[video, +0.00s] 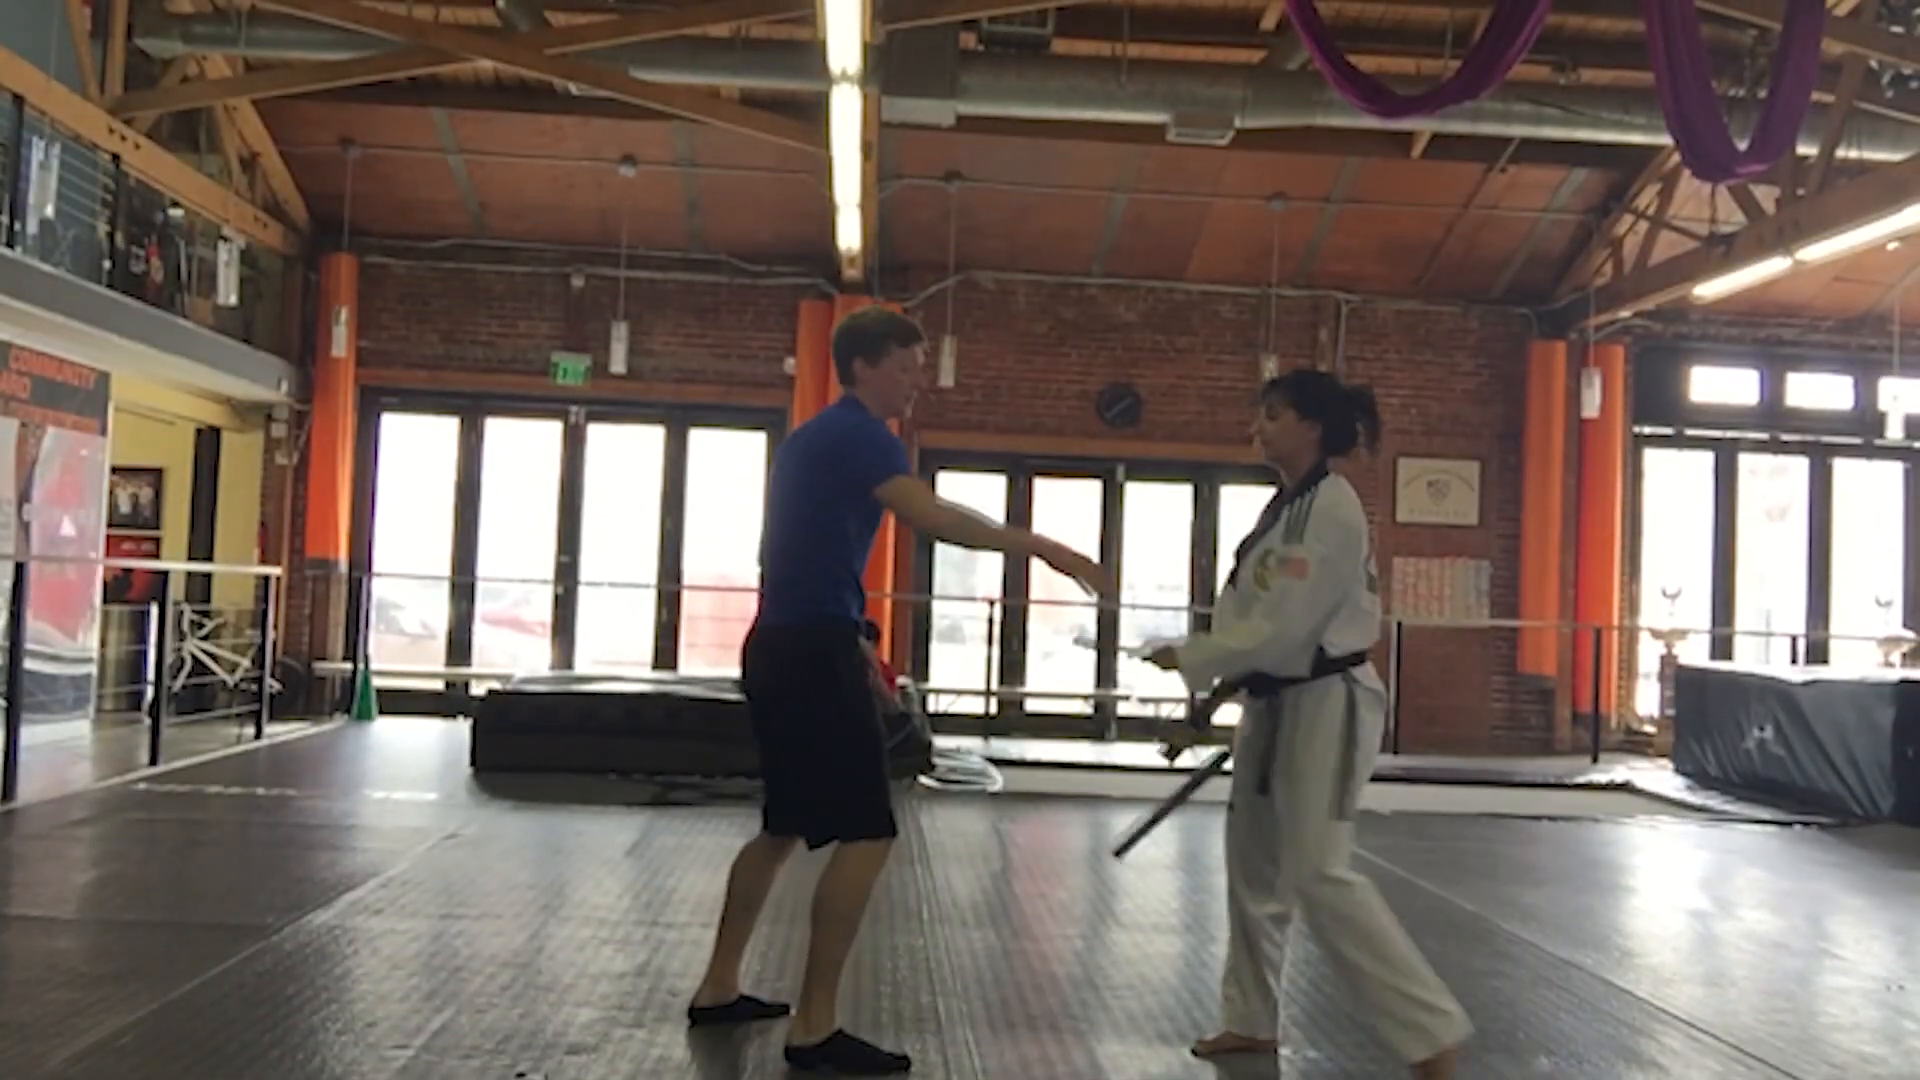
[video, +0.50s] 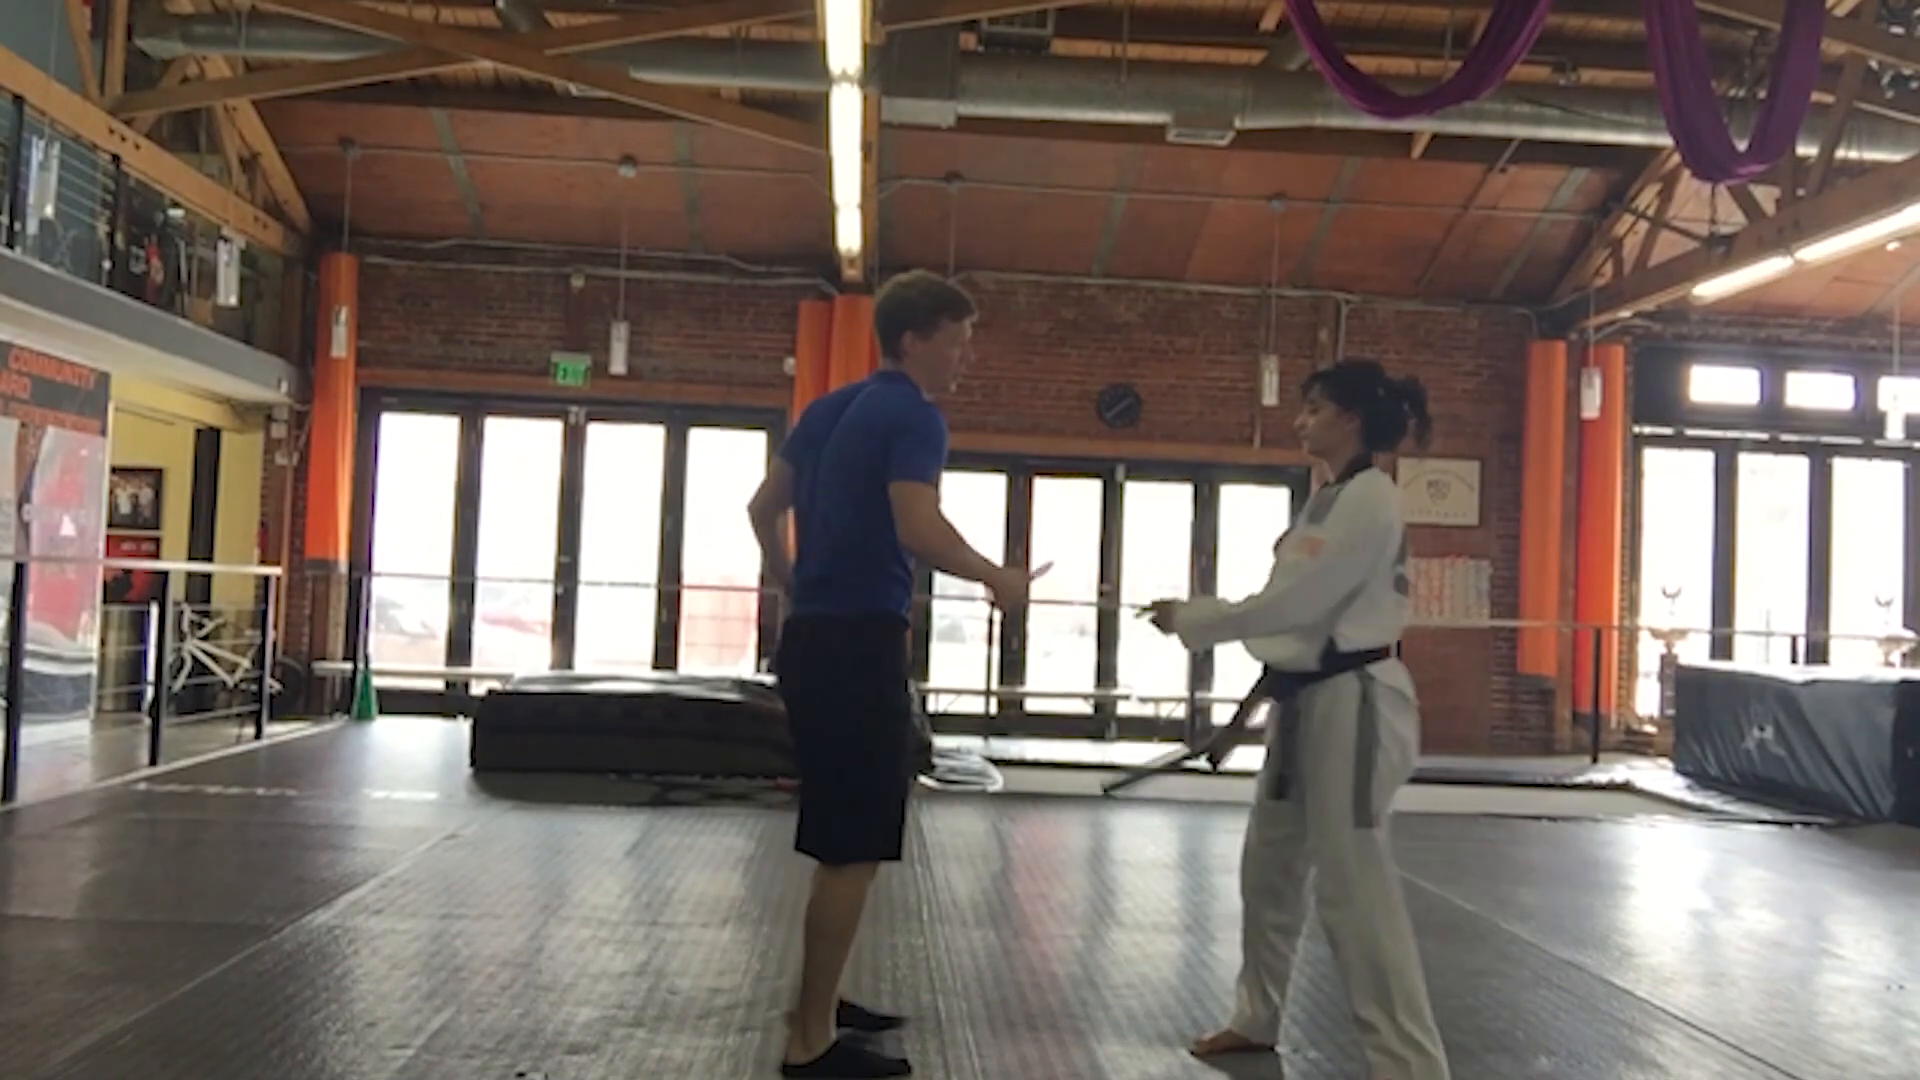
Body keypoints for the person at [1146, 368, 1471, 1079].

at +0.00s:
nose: (1257, 427)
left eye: (1273, 416)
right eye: (1260, 415)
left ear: (1317, 430)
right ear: (1295, 433)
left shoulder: (1331, 507)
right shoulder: (1285, 511)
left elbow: (1286, 625)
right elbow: (1241, 607)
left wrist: (1192, 655)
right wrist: (1197, 655)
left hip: (1329, 702)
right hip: (1276, 701)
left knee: (1317, 868)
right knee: (1253, 863)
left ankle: (1433, 1032)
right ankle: (1251, 1023)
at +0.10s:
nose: (1262, 424)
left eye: (1278, 413)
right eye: (1266, 412)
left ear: (1317, 427)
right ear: (1295, 427)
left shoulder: (1328, 500)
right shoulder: (1289, 506)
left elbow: (1265, 614)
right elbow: (1241, 609)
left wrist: (1161, 635)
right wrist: (1171, 636)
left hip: (1322, 699)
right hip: (1276, 699)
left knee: (1276, 866)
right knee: (1243, 860)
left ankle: (1390, 1030)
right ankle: (1251, 1023)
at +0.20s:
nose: (1269, 422)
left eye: (1284, 411)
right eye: (1272, 410)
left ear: (1323, 425)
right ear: (1310, 428)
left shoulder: (1325, 499)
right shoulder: (1304, 501)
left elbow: (1259, 612)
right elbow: (1250, 612)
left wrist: (1149, 622)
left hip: (1316, 694)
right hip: (1283, 694)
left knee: (1266, 866)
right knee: (1245, 863)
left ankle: (1377, 1031)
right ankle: (1250, 1023)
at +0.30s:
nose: (1279, 421)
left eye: (1294, 411)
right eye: (1282, 410)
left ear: (1334, 425)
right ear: (1323, 428)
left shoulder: (1330, 500)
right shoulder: (1323, 498)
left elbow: (1258, 608)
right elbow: (1282, 615)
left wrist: (1154, 622)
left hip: (1317, 697)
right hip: (1287, 695)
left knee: (1282, 869)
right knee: (1249, 865)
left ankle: (1391, 1041)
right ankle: (1253, 1023)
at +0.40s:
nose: (1290, 420)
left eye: (1305, 409)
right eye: (1293, 408)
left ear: (1344, 423)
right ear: (1332, 426)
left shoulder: (1346, 498)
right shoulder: (1323, 498)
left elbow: (1275, 603)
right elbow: (1274, 607)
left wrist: (1162, 617)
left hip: (1333, 700)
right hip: (1297, 699)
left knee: (1316, 873)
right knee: (1259, 862)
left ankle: (1405, 1056)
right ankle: (1256, 1022)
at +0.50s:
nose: (1301, 419)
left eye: (1318, 409)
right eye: (1304, 407)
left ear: (1359, 424)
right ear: (1326, 422)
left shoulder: (1369, 496)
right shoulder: (1321, 500)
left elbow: (1307, 601)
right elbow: (1288, 607)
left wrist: (1194, 619)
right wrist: (1263, 691)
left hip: (1355, 699)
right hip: (1305, 698)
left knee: (1353, 880)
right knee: (1271, 862)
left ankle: (1408, 1062)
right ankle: (1256, 1022)